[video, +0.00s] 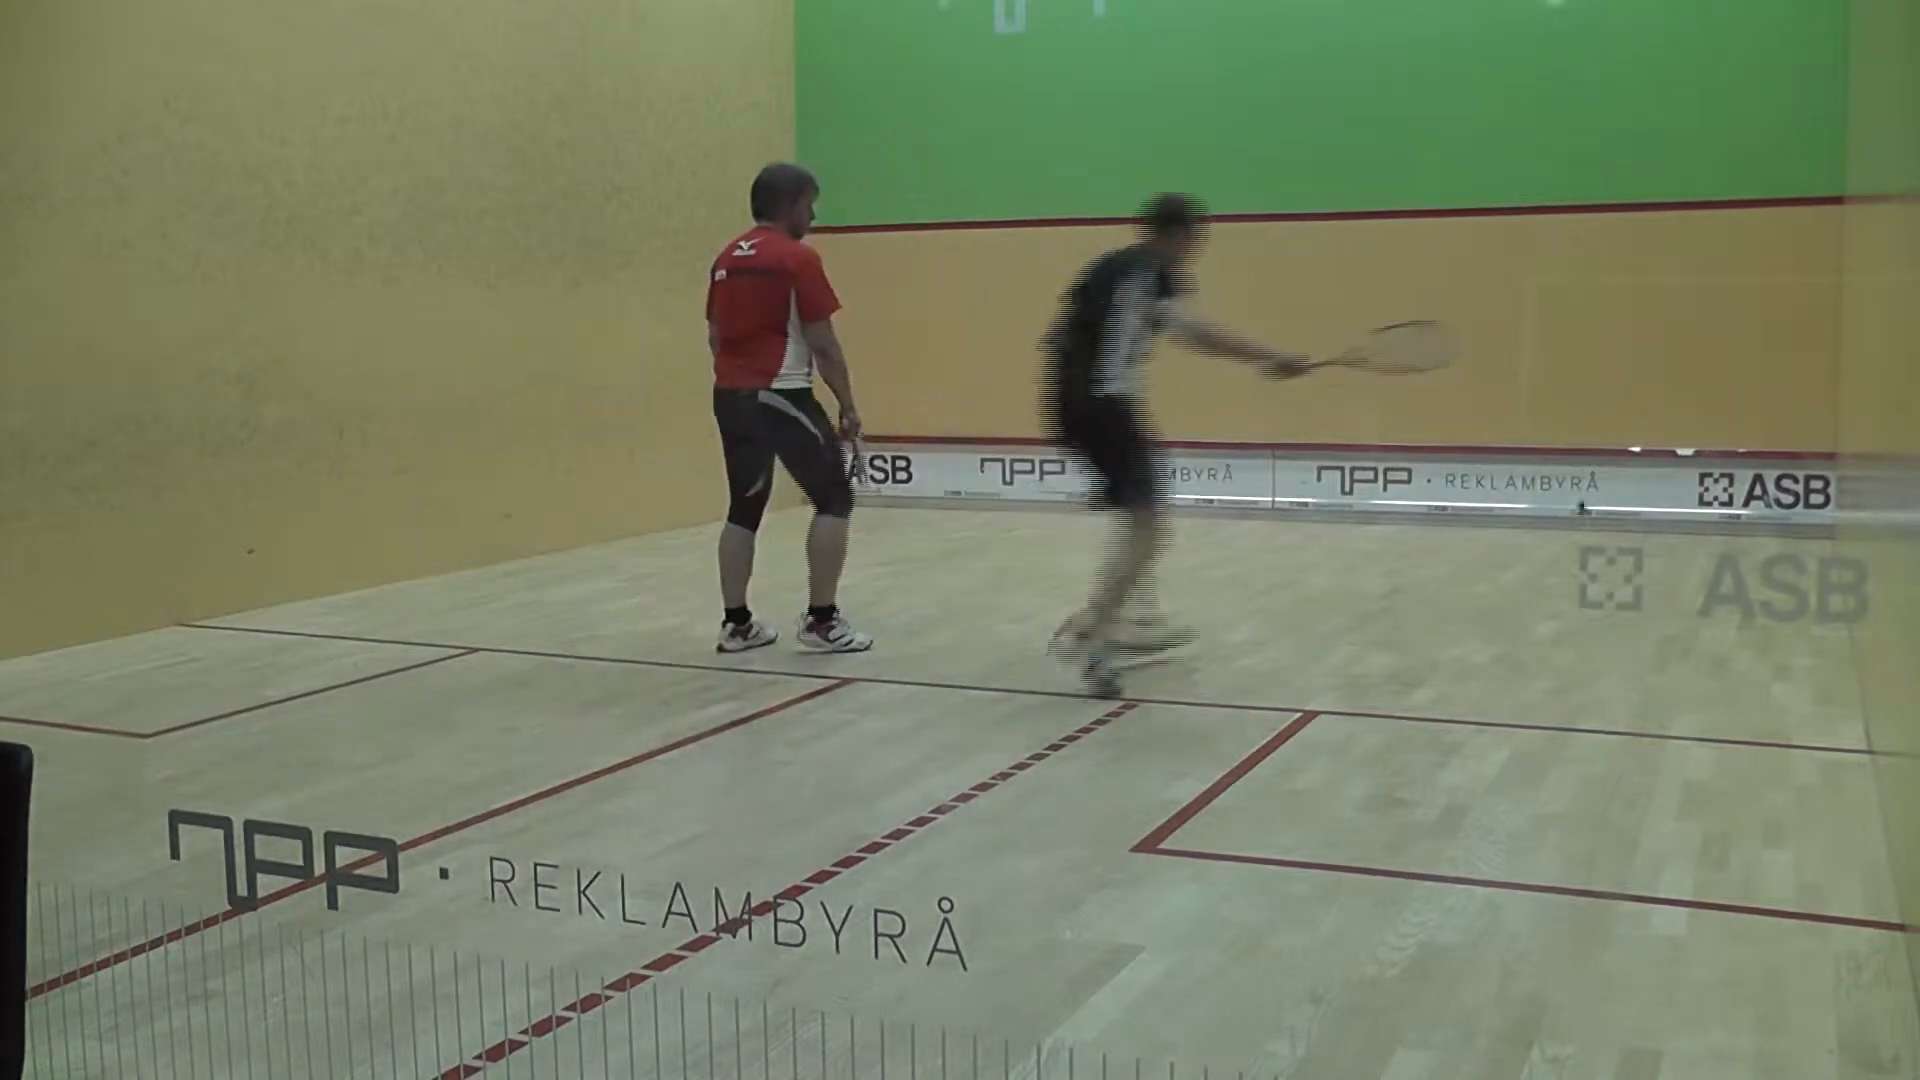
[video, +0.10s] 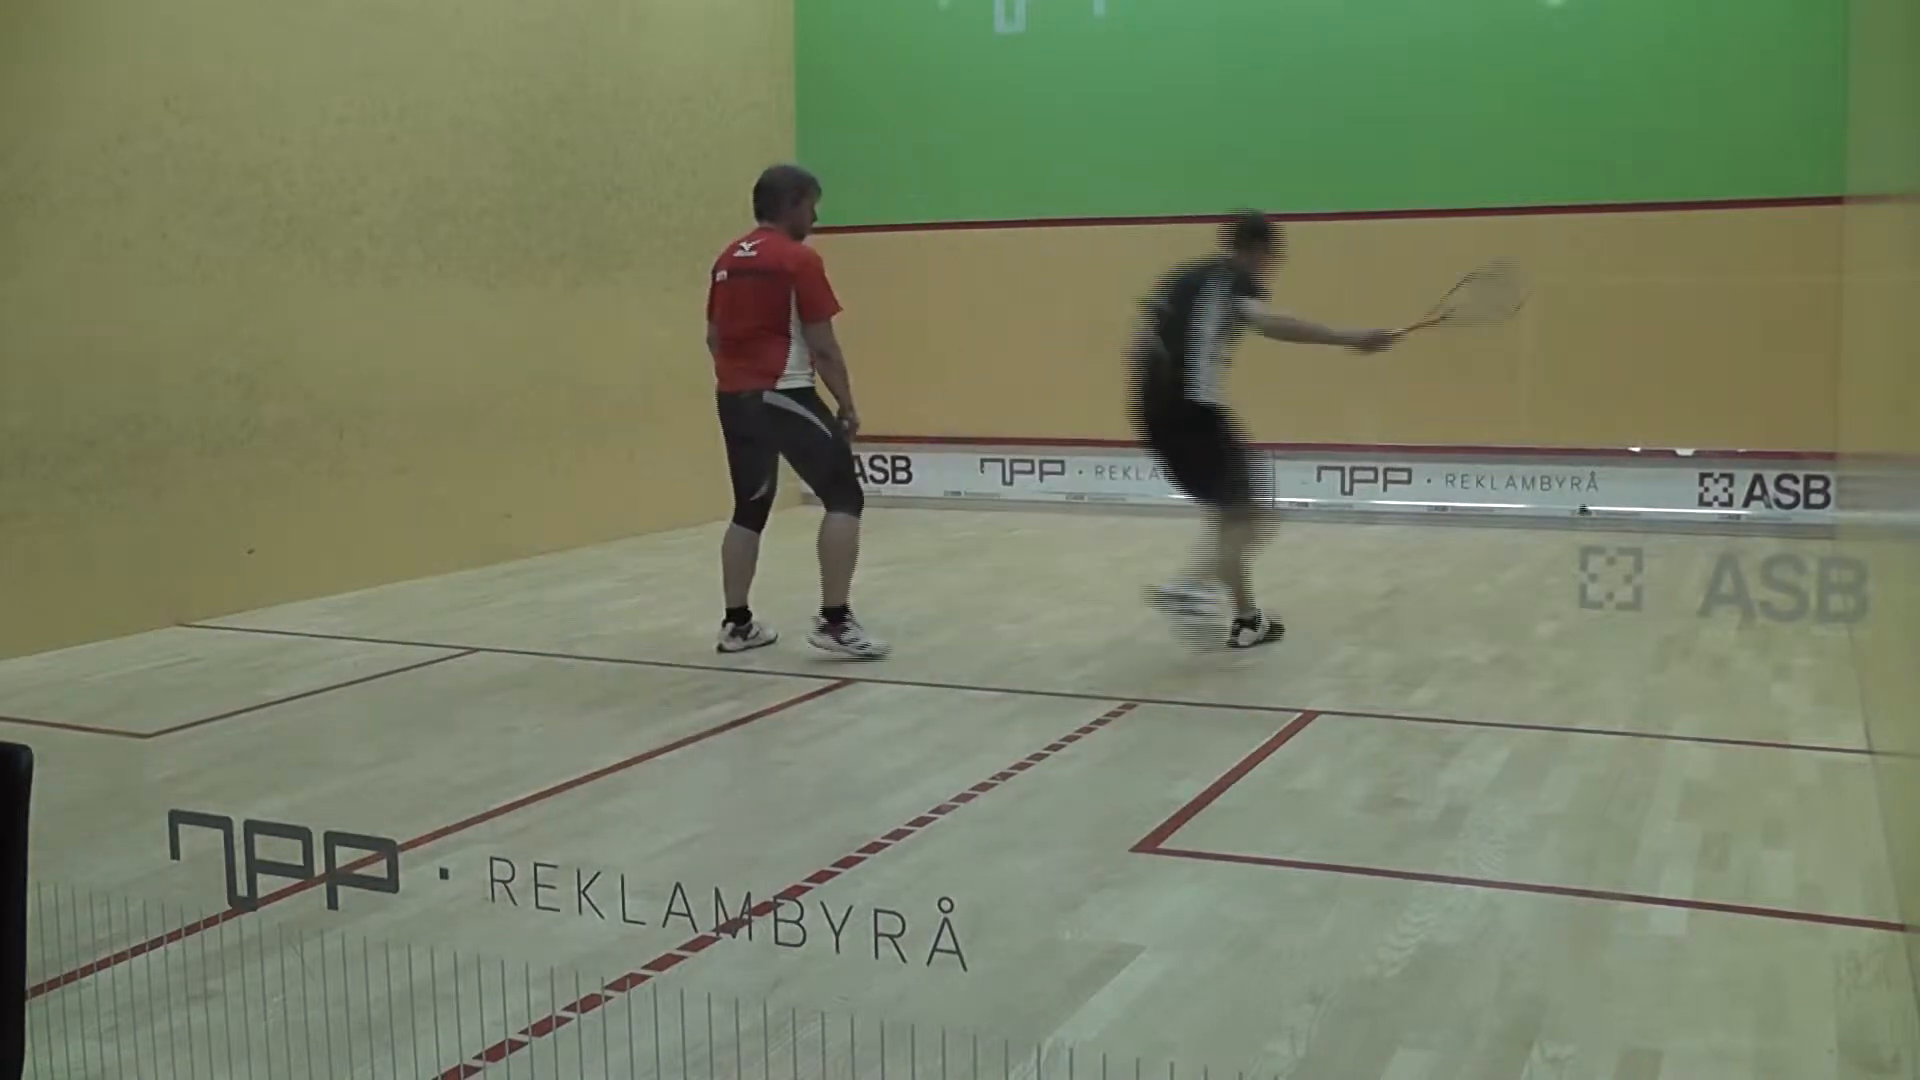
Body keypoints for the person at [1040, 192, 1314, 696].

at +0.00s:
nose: (1194, 248)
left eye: (1196, 238)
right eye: (1188, 237)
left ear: (1171, 236)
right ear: (1165, 234)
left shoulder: (1154, 280)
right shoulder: (1128, 274)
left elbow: (1200, 334)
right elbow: (1201, 334)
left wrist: (1267, 359)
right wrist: (1267, 360)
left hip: (1112, 409)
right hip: (1096, 410)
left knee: (1145, 520)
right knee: (1143, 528)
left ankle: (1126, 621)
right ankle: (1095, 634)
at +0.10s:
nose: (1270, 269)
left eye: (1272, 258)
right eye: (1267, 257)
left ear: (1235, 249)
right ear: (1247, 251)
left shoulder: (1191, 282)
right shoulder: (1224, 285)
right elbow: (1281, 327)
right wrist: (1357, 337)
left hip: (1165, 417)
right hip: (1193, 415)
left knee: (1233, 513)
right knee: (1250, 512)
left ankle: (1245, 618)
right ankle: (1193, 588)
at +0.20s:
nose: (1319, 290)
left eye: (1323, 280)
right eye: (1320, 279)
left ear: (1286, 266)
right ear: (1304, 271)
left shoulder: (1238, 298)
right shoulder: (1278, 299)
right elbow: (1325, 349)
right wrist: (1401, 353)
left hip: (1207, 428)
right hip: (1246, 422)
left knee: (1269, 512)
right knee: (1313, 500)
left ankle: (1251, 618)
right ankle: (1293, 585)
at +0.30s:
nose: (1403, 304)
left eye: (1404, 294)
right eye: (1399, 294)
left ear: (1370, 286)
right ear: (1381, 289)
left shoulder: (1314, 304)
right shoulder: (1365, 330)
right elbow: (1399, 407)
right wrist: (1467, 424)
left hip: (1263, 420)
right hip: (1307, 421)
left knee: (1306, 520)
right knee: (1360, 499)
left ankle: (1259, 592)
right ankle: (1394, 587)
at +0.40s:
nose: (1438, 316)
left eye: (1440, 308)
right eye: (1435, 307)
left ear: (1403, 297)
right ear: (1418, 302)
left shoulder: (1356, 316)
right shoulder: (1403, 346)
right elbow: (1442, 428)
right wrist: (1497, 470)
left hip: (1301, 432)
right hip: (1342, 434)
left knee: (1334, 523)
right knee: (1403, 491)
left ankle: (1284, 571)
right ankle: (1402, 593)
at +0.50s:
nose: (1482, 313)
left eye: (1484, 305)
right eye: (1481, 305)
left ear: (1447, 294)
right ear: (1464, 302)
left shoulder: (1402, 307)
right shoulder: (1455, 345)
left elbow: (1361, 363)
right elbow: (1457, 410)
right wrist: (1464, 464)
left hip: (1346, 415)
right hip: (1383, 422)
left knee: (1405, 484)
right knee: (1444, 486)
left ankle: (1351, 566)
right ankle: (1405, 586)